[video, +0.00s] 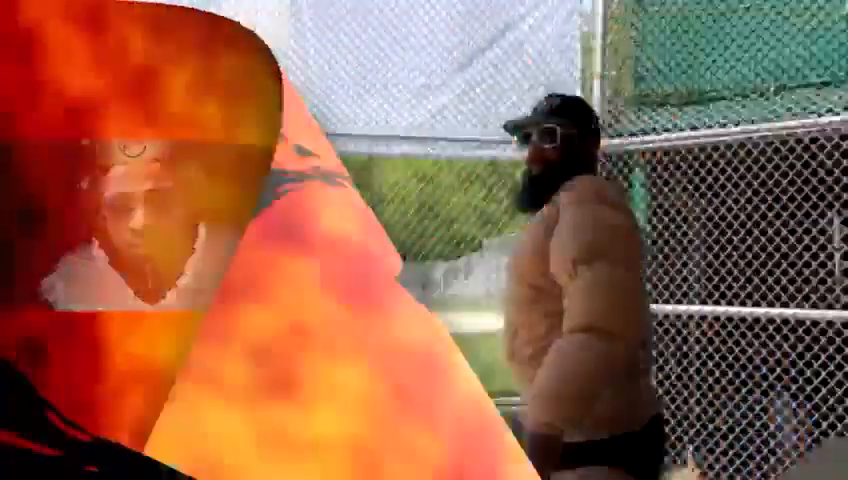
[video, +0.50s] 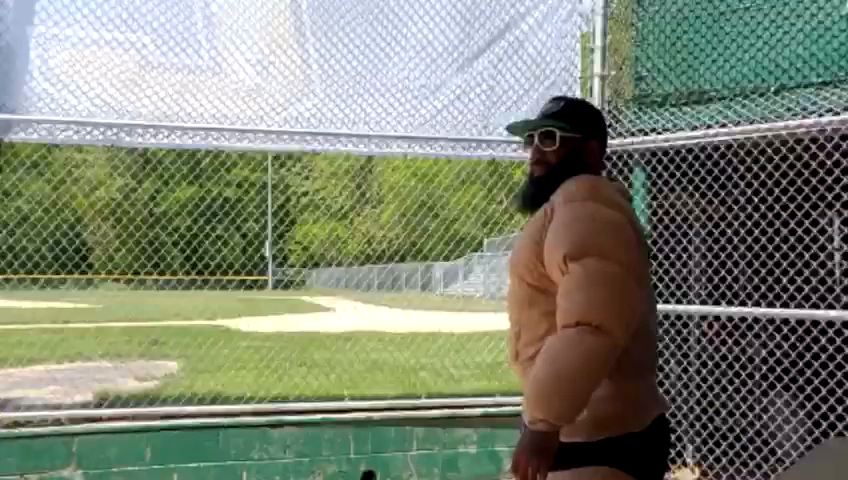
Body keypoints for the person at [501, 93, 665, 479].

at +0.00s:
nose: (532, 153)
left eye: (548, 139)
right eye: (529, 141)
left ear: (580, 146)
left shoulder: (586, 200)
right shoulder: (556, 210)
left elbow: (601, 330)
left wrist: (544, 421)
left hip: (598, 438)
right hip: (575, 438)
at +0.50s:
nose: (534, 151)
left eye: (550, 138)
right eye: (531, 140)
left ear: (589, 149)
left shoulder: (585, 202)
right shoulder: (570, 202)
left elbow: (593, 322)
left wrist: (542, 424)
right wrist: (543, 421)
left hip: (602, 439)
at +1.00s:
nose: (532, 154)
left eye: (545, 141)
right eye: (530, 144)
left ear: (588, 152)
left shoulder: (584, 204)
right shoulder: (576, 203)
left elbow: (595, 324)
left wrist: (550, 425)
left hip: (606, 438)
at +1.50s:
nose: (525, 150)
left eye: (539, 137)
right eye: (527, 138)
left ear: (581, 149)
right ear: (583, 152)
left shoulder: (572, 205)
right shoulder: (596, 200)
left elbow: (577, 330)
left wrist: (530, 434)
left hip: (595, 441)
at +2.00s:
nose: (517, 146)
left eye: (529, 132)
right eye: (520, 133)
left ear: (567, 141)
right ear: (570, 143)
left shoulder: (558, 206)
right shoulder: (605, 198)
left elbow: (547, 336)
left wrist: (477, 432)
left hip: (591, 455)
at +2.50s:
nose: (511, 135)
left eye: (522, 122)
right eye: (515, 122)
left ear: (558, 131)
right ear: (567, 132)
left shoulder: (547, 202)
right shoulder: (630, 196)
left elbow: (536, 347)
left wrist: (487, 457)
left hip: (586, 456)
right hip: (660, 440)